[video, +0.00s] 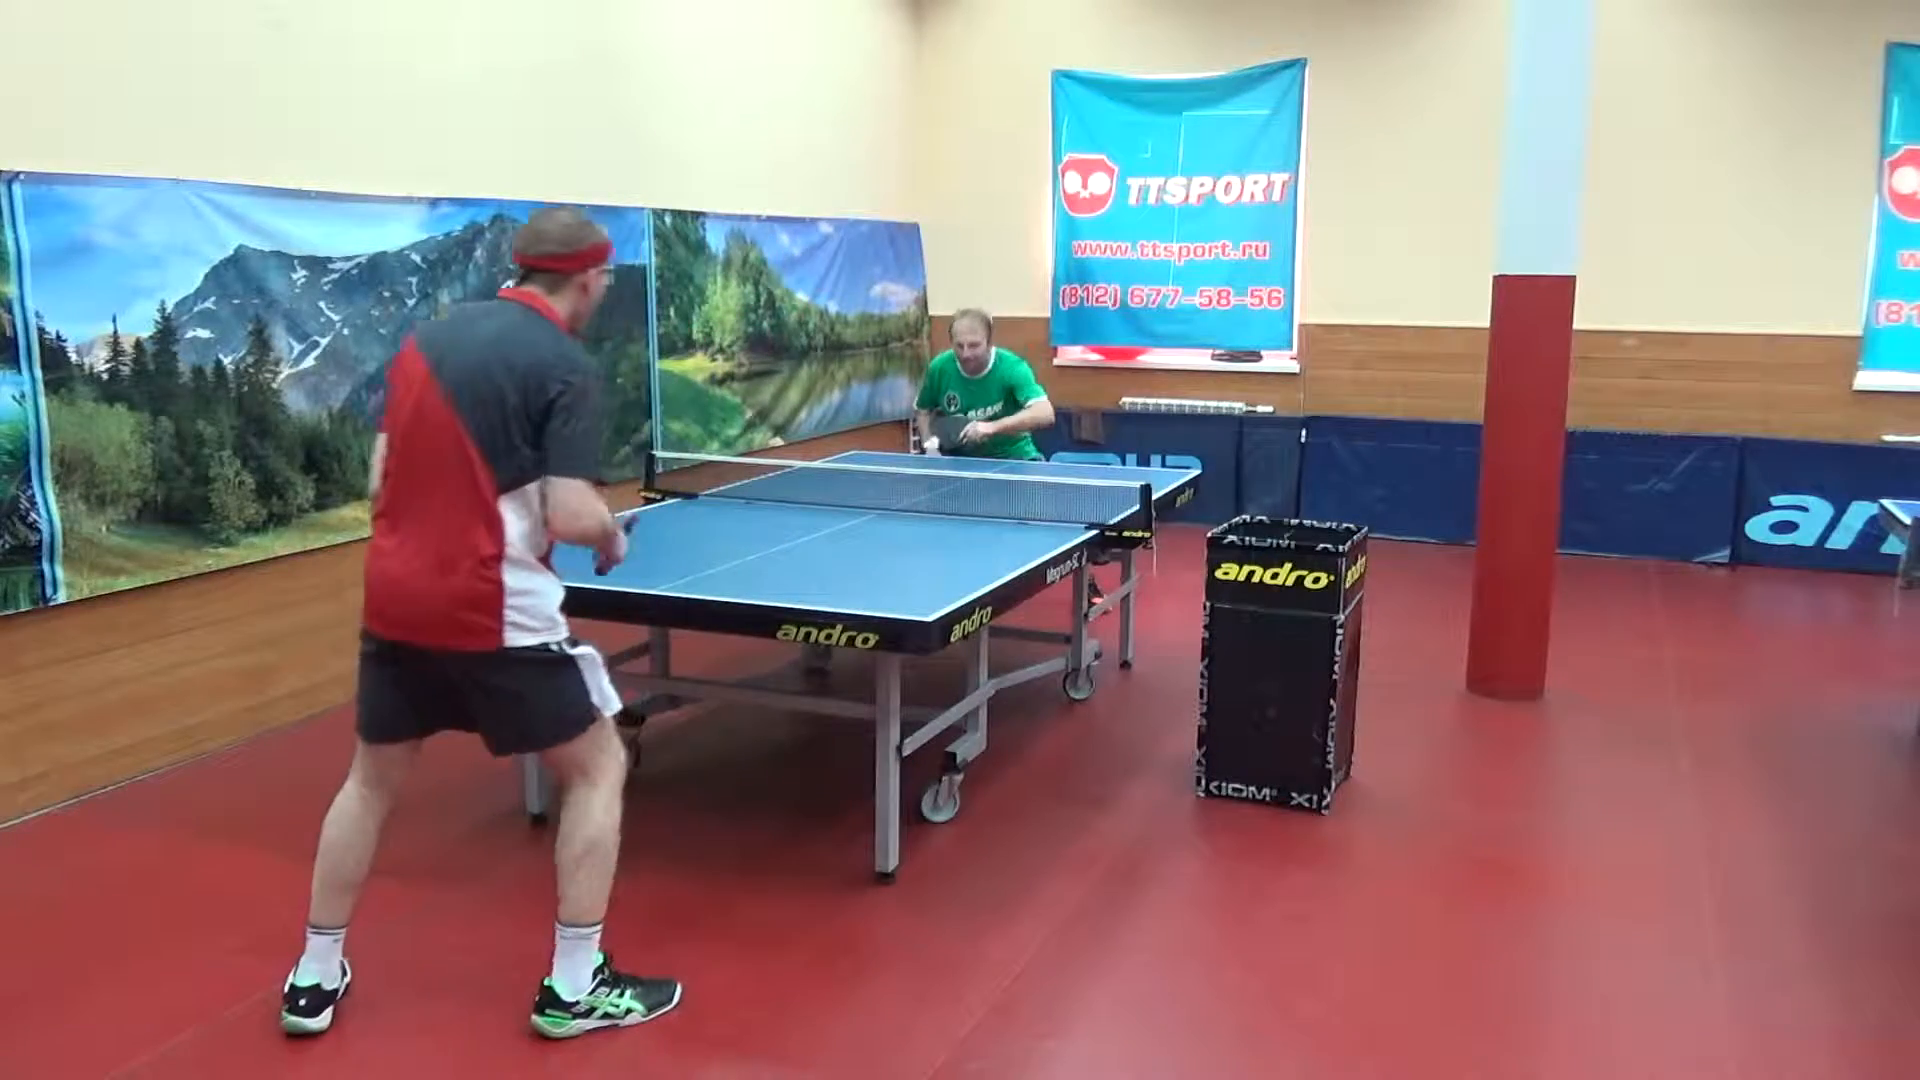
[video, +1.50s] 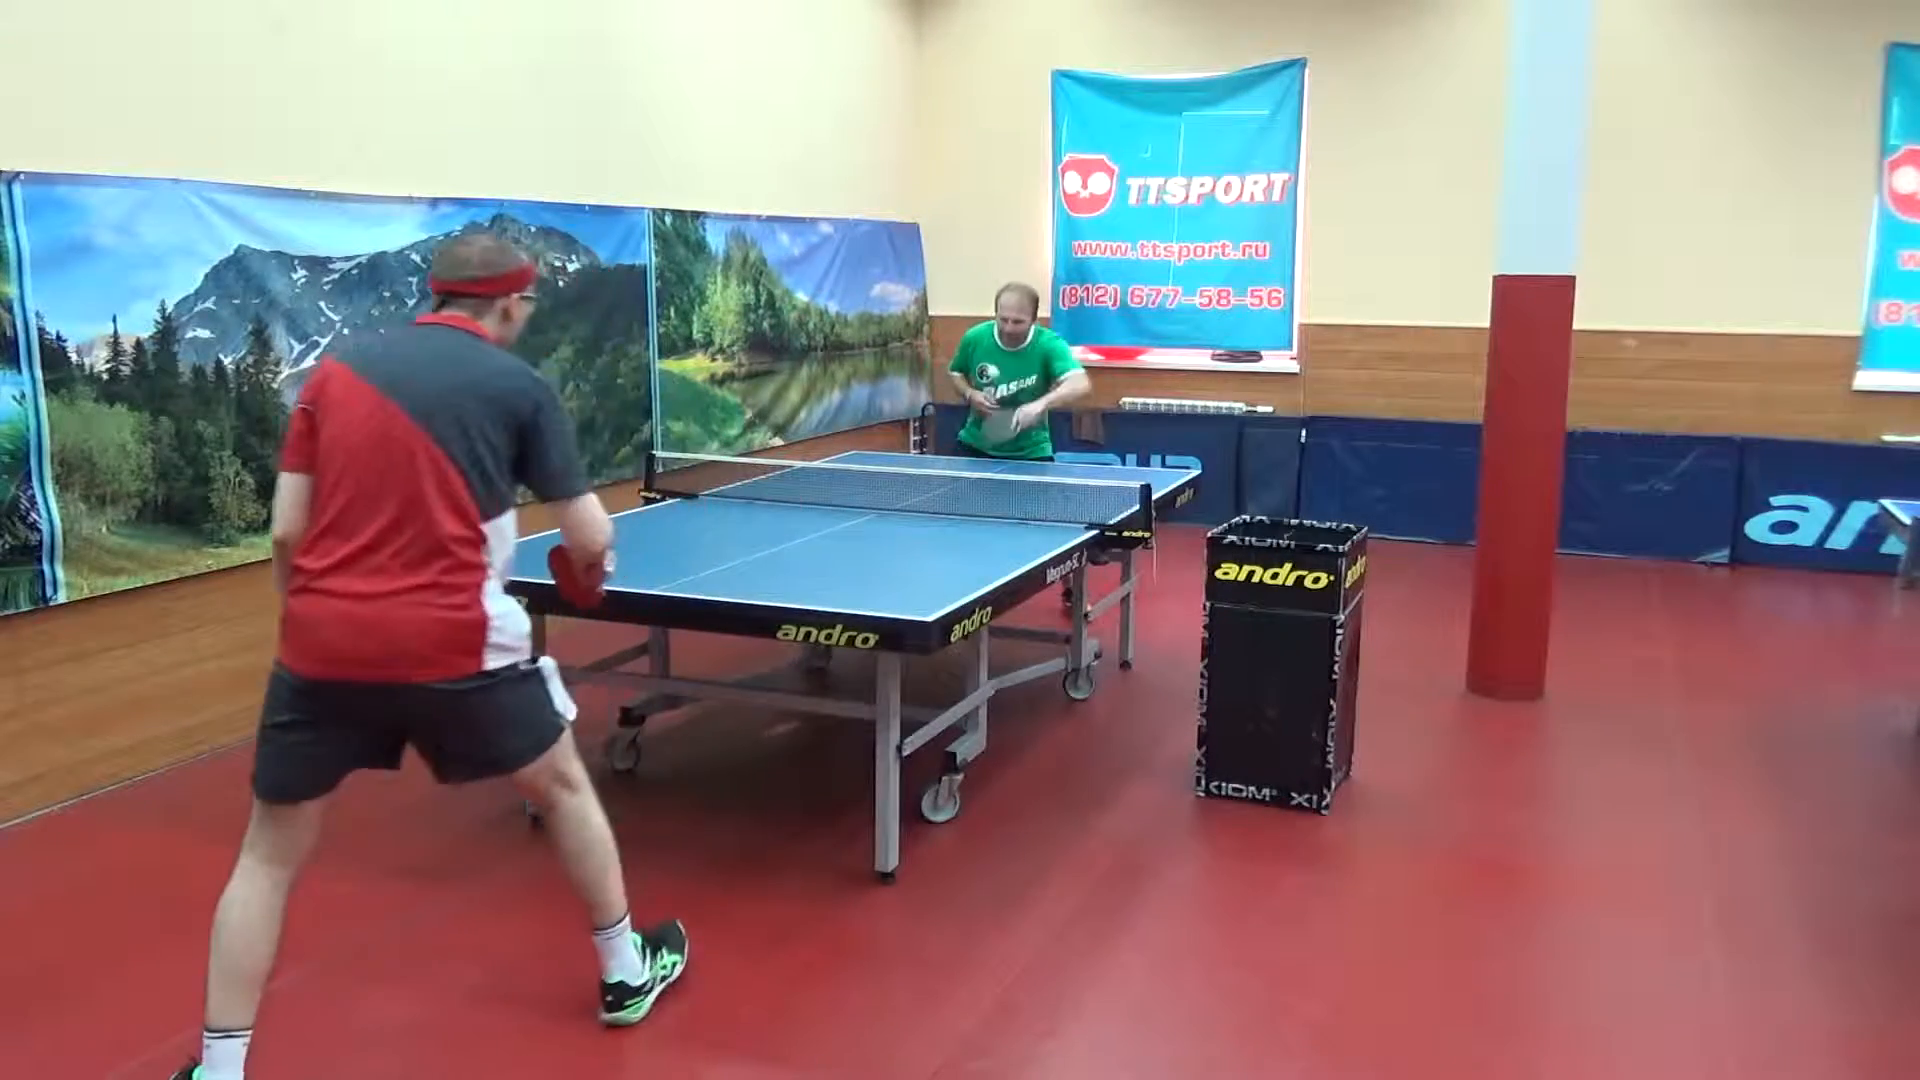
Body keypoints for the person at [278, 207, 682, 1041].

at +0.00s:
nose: (602, 298)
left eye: (602, 284)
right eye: (602, 284)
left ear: (519, 272)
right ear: (585, 282)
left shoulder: (426, 337)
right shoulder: (562, 365)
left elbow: (383, 477)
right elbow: (569, 515)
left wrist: (496, 501)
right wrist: (609, 528)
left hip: (395, 606)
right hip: (502, 616)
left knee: (370, 776)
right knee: (596, 765)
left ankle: (314, 976)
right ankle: (576, 982)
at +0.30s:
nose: (541, 285)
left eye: (542, 270)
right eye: (539, 271)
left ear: (454, 262)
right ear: (517, 269)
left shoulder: (362, 334)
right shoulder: (507, 346)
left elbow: (333, 478)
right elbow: (546, 491)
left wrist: (429, 495)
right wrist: (594, 503)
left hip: (356, 603)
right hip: (463, 606)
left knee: (349, 776)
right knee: (547, 768)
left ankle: (311, 980)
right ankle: (575, 984)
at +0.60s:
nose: (587, 322)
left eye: (586, 309)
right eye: (586, 309)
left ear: (503, 301)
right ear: (569, 309)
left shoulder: (418, 365)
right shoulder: (568, 379)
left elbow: (362, 509)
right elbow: (644, 511)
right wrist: (593, 514)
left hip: (393, 629)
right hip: (513, 628)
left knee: (373, 783)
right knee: (607, 764)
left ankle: (311, 980)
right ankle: (632, 966)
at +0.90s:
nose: (596, 327)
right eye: (597, 316)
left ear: (512, 317)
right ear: (590, 318)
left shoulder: (470, 385)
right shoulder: (634, 377)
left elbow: (447, 538)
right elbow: (720, 446)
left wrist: (413, 642)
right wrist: (747, 464)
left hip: (496, 619)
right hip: (620, 617)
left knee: (412, 785)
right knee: (644, 769)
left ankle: (339, 990)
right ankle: (635, 964)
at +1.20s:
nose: (614, 320)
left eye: (607, 310)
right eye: (613, 310)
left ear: (525, 303)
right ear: (601, 309)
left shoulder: (458, 372)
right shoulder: (632, 381)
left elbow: (414, 520)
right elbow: (692, 486)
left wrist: (367, 633)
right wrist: (666, 513)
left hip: (457, 625)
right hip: (580, 628)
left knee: (357, 820)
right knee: (630, 772)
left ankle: (274, 1041)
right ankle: (638, 969)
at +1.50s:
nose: (528, 315)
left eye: (527, 302)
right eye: (527, 303)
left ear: (438, 296)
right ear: (508, 304)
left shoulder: (337, 364)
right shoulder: (518, 387)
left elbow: (288, 530)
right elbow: (588, 534)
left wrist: (317, 610)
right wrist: (584, 567)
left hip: (322, 650)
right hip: (462, 649)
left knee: (267, 856)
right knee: (563, 788)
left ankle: (218, 1067)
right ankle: (624, 967)